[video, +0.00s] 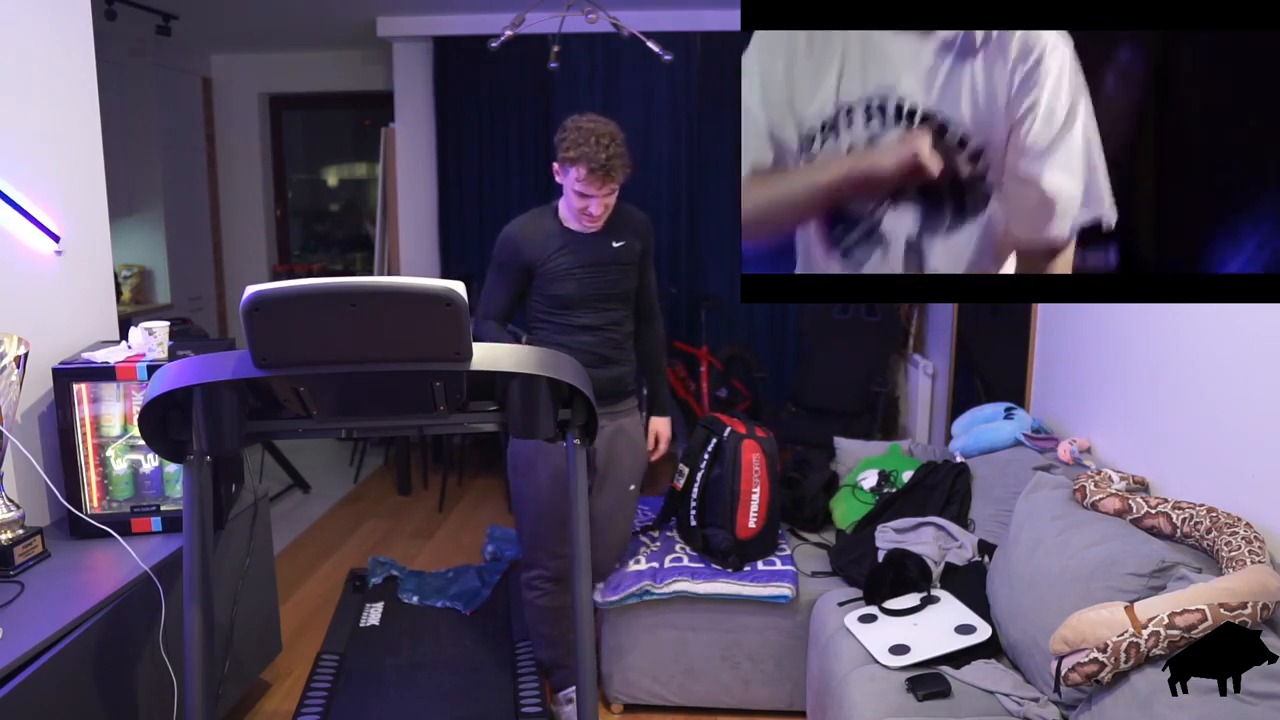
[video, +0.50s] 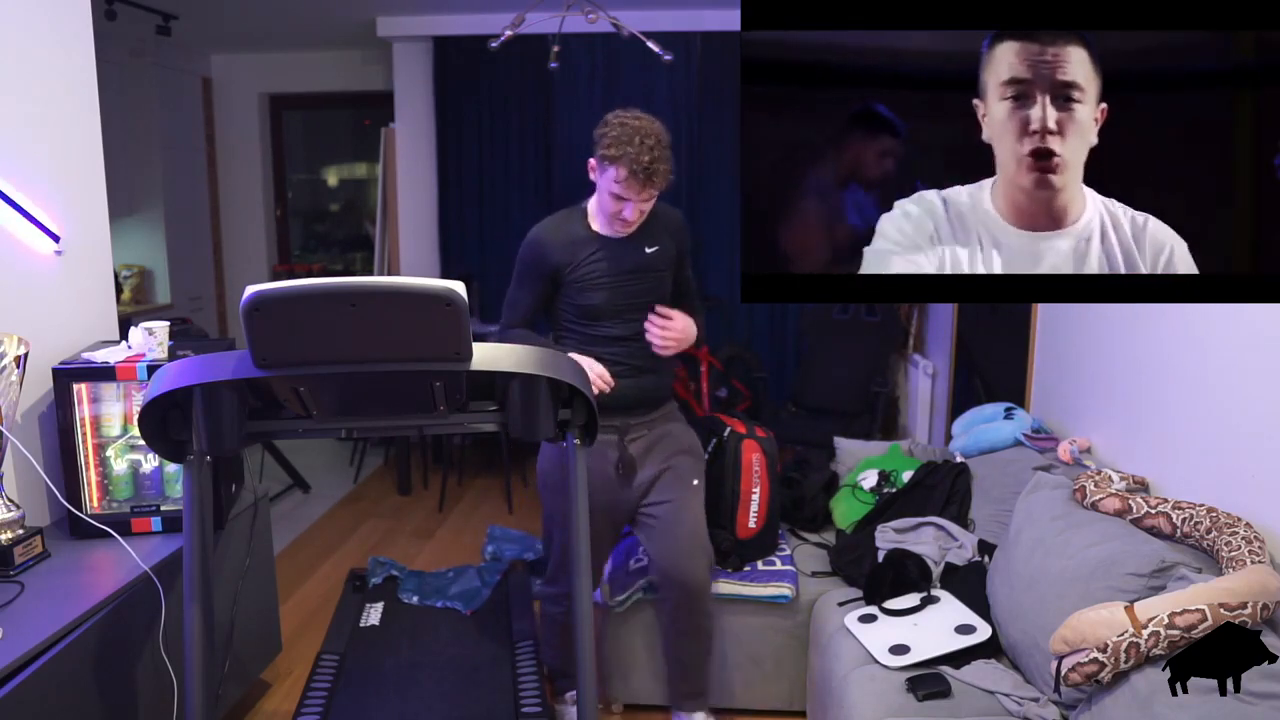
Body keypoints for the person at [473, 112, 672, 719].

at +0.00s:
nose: (597, 208)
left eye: (608, 195)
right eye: (585, 195)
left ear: (622, 181)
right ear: (558, 175)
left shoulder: (635, 231)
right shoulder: (523, 238)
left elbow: (649, 321)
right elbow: (489, 327)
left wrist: (660, 405)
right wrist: (529, 382)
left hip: (622, 419)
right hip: (545, 424)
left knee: (605, 556)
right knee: (554, 564)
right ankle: (565, 685)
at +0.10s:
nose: (596, 207)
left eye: (606, 195)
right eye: (584, 196)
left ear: (620, 180)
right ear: (557, 176)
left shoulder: (634, 229)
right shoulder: (524, 239)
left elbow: (653, 321)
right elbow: (492, 329)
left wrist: (670, 404)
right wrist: (523, 392)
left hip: (625, 426)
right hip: (547, 431)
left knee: (609, 570)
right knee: (551, 570)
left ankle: (539, 640)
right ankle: (564, 689)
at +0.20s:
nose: (602, 206)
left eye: (611, 193)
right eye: (589, 195)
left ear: (624, 178)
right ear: (559, 176)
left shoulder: (636, 228)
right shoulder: (525, 240)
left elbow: (657, 315)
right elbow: (496, 333)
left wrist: (681, 393)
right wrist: (518, 402)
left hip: (631, 427)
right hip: (552, 432)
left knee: (620, 569)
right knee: (556, 572)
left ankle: (564, 638)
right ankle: (566, 690)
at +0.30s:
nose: (617, 202)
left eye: (624, 189)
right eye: (603, 192)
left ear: (634, 176)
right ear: (567, 177)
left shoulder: (643, 227)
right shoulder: (530, 240)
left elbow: (663, 308)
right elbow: (498, 333)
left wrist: (686, 376)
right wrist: (531, 390)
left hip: (640, 425)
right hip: (559, 433)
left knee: (644, 567)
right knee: (561, 575)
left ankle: (589, 647)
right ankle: (563, 691)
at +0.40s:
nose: (626, 207)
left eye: (636, 194)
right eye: (613, 195)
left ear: (646, 179)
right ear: (579, 175)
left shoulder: (654, 228)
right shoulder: (537, 240)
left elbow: (671, 307)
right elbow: (502, 335)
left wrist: (687, 356)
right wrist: (559, 366)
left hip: (651, 427)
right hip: (570, 435)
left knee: (668, 568)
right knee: (564, 576)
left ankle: (623, 677)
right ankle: (565, 694)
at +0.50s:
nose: (631, 214)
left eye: (645, 202)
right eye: (619, 199)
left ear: (660, 184)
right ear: (594, 173)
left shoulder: (670, 229)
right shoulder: (550, 241)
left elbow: (690, 314)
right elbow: (511, 332)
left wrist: (691, 332)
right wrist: (562, 359)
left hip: (662, 430)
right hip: (579, 437)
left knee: (687, 574)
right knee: (569, 584)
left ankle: (690, 709)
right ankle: (567, 700)